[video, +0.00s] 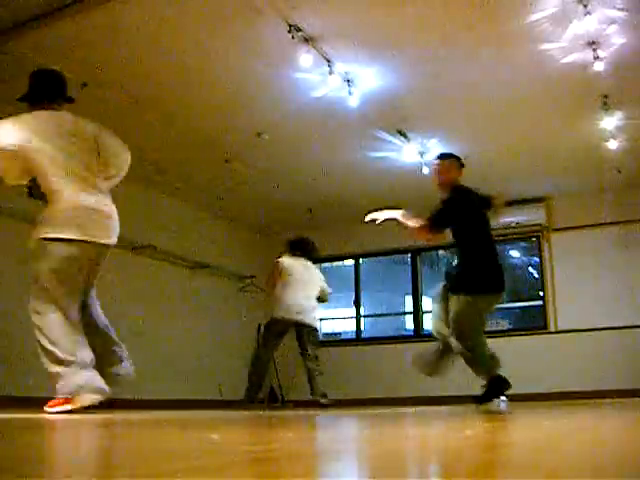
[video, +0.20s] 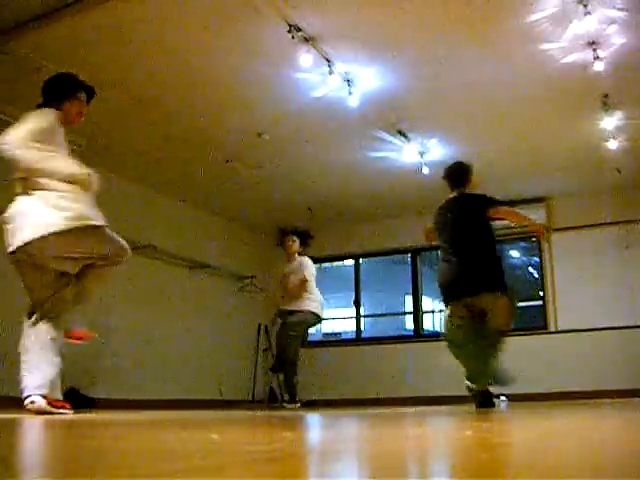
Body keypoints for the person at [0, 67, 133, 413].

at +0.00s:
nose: (29, 105)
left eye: (30, 100)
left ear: (31, 98)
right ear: (64, 99)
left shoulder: (20, 126)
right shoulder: (87, 127)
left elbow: (8, 157)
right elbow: (121, 156)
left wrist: (24, 177)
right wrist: (96, 186)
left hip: (65, 220)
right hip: (105, 222)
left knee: (48, 303)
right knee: (83, 295)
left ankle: (79, 385)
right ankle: (114, 361)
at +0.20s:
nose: (83, 112)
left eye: (85, 105)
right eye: (79, 104)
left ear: (63, 105)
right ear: (62, 101)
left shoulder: (53, 138)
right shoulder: (46, 118)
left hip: (22, 233)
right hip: (48, 222)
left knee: (46, 308)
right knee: (114, 253)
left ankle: (38, 392)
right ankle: (63, 315)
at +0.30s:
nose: (74, 92)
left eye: (77, 87)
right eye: (69, 84)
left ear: (74, 94)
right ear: (49, 83)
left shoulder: (65, 136)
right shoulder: (22, 109)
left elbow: (83, 188)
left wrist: (78, 156)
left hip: (35, 219)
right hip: (16, 211)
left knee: (50, 300)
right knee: (91, 249)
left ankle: (32, 387)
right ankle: (97, 327)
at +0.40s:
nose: (57, 73)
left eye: (63, 71)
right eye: (51, 65)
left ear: (64, 84)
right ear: (30, 68)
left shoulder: (65, 118)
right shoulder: (6, 101)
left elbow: (88, 150)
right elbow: (3, 157)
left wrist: (69, 158)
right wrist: (40, 159)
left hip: (35, 210)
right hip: (7, 203)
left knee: (36, 292)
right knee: (47, 280)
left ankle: (35, 379)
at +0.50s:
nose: (36, 84)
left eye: (41, 80)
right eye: (31, 74)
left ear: (44, 87)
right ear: (12, 74)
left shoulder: (51, 122)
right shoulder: (1, 114)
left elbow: (79, 146)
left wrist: (64, 164)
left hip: (26, 223)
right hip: (5, 222)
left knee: (43, 304)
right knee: (39, 304)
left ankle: (46, 387)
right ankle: (46, 388)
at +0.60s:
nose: (14, 101)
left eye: (21, 98)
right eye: (11, 93)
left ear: (25, 106)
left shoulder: (32, 150)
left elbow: (44, 202)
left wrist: (59, 223)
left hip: (11, 247)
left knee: (39, 308)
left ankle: (41, 390)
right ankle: (41, 390)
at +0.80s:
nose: (3, 90)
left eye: (8, 87)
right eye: (1, 84)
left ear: (13, 97)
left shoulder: (16, 138)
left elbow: (21, 189)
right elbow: (21, 191)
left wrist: (36, 224)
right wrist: (36, 223)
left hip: (4, 240)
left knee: (18, 310)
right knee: (15, 311)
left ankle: (37, 392)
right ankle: (35, 391)